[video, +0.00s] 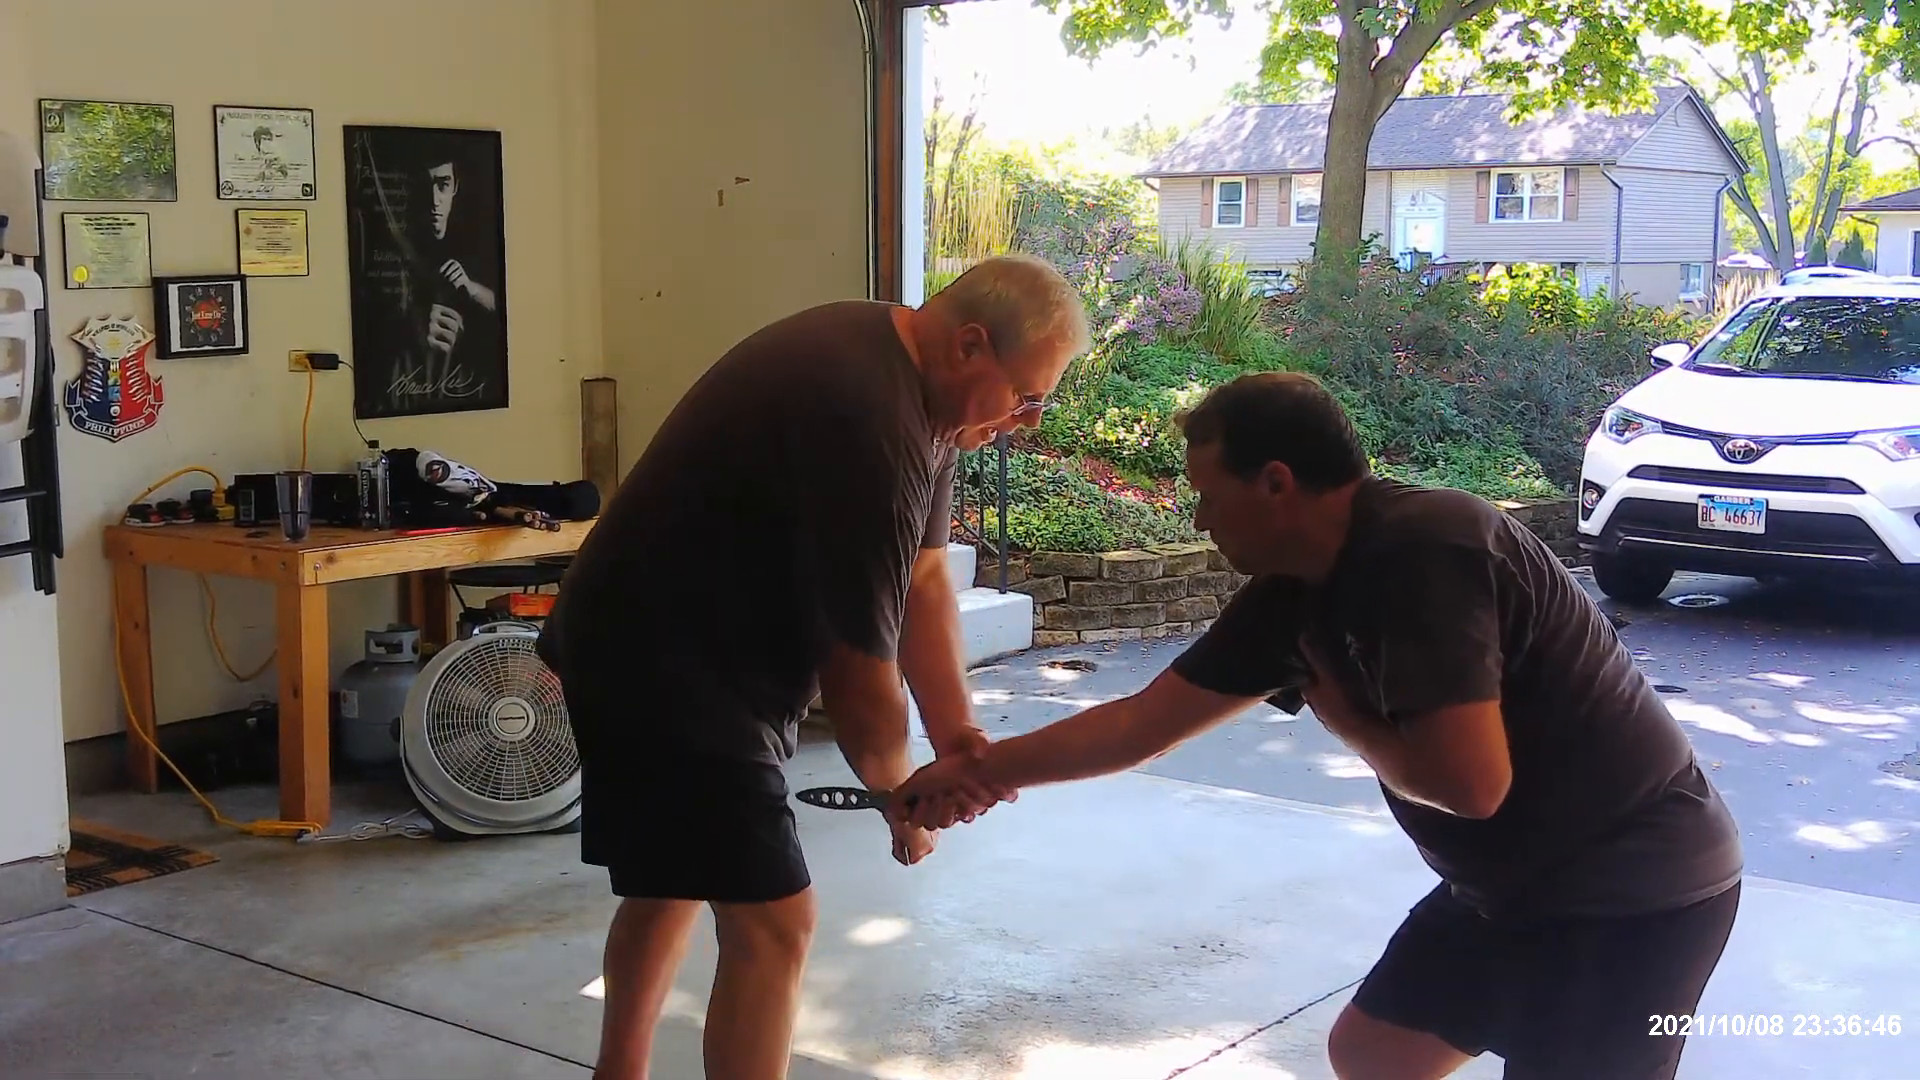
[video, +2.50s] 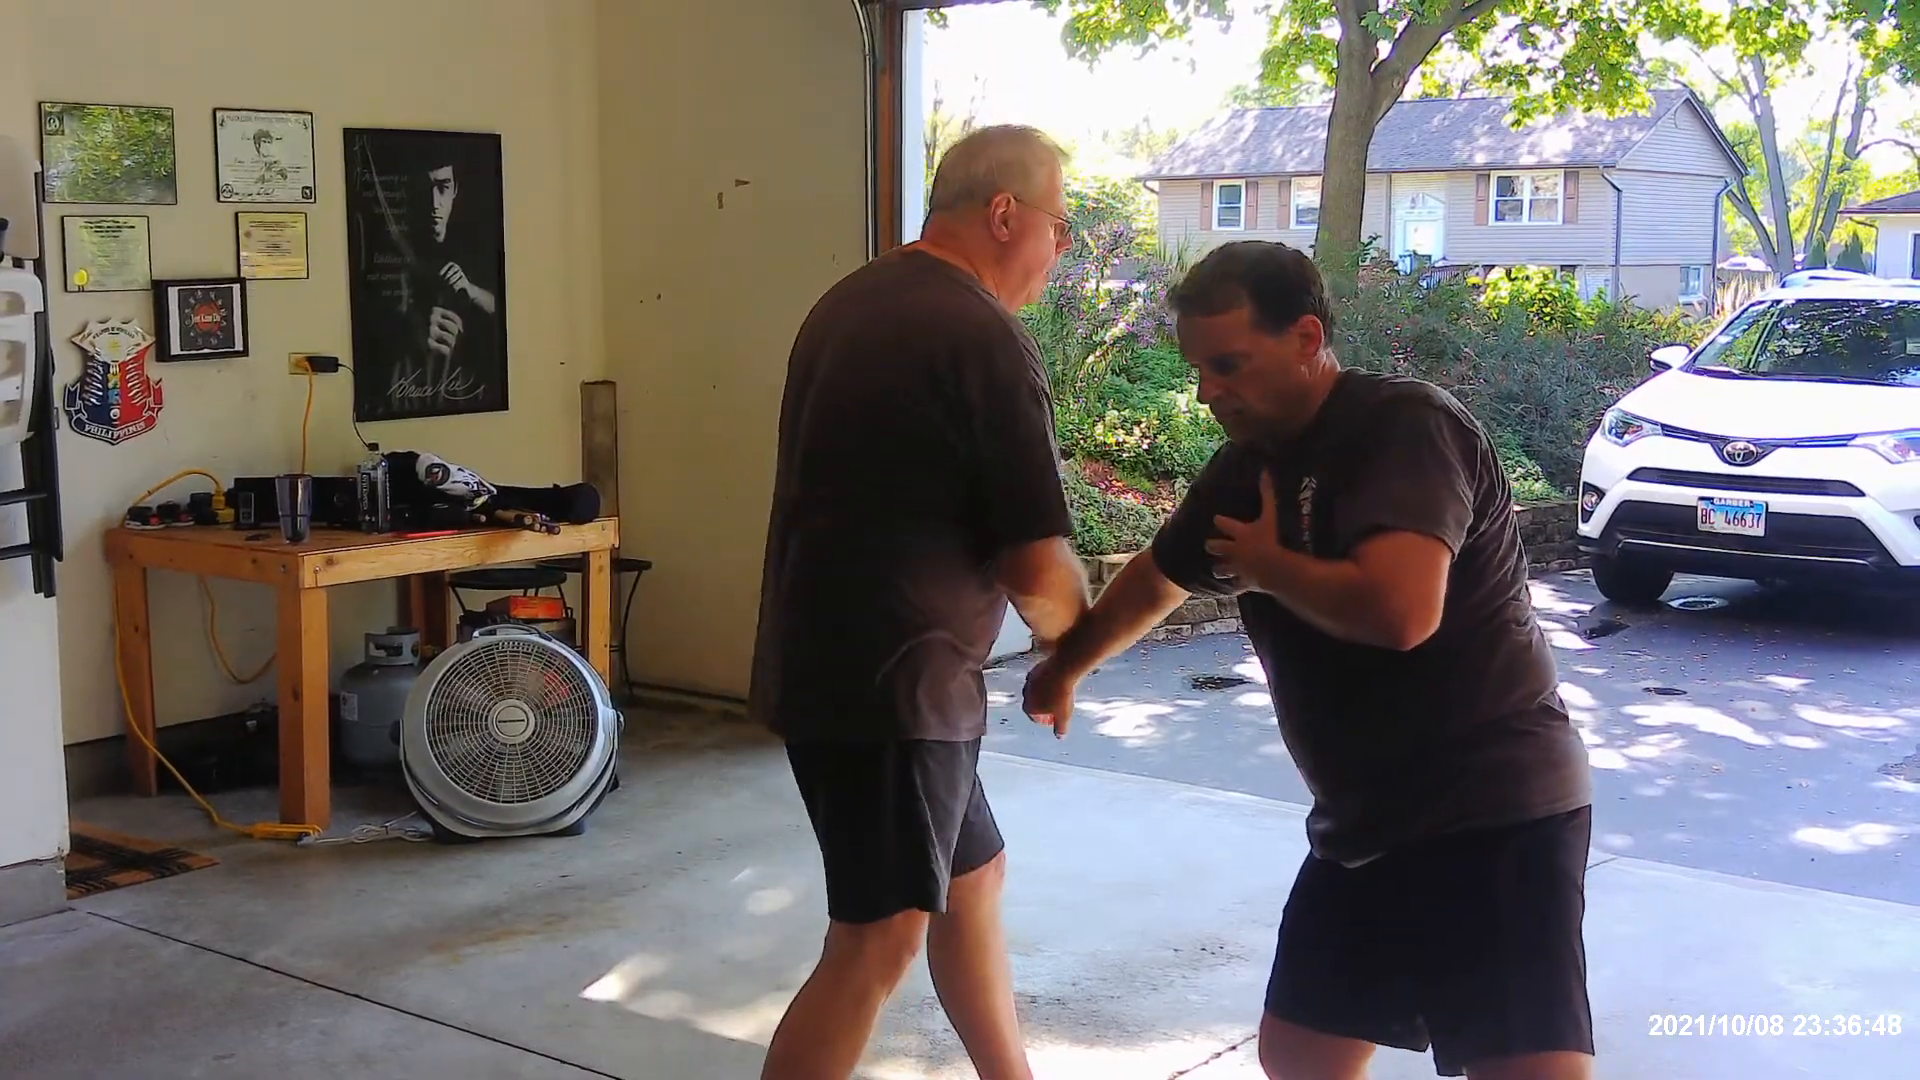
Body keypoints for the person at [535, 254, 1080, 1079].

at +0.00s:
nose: (1018, 420)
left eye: (1032, 404)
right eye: (1022, 397)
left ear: (965, 341)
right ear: (967, 346)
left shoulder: (903, 377)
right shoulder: (874, 419)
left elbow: (925, 577)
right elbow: (857, 672)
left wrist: (959, 740)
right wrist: (902, 795)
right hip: (670, 663)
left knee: (663, 881)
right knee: (773, 924)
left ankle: (618, 1068)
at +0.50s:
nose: (958, 397)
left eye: (968, 381)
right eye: (958, 373)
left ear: (890, 321)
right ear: (896, 325)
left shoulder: (797, 347)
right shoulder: (821, 415)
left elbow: (869, 564)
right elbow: (845, 665)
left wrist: (939, 683)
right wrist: (895, 787)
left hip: (585, 660)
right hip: (652, 687)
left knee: (606, 889)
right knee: (781, 924)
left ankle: (530, 1070)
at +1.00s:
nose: (909, 298)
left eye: (913, 277)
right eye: (899, 273)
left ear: (823, 251)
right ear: (830, 253)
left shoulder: (712, 309)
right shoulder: (778, 352)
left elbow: (762, 498)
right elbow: (948, 505)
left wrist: (910, 561)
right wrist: (1135, 584)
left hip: (595, 665)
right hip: (669, 686)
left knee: (610, 886)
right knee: (793, 924)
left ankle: (528, 1072)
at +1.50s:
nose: (895, 233)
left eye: (894, 211)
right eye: (877, 211)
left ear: (802, 212)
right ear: (799, 208)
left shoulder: (783, 315)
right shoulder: (747, 331)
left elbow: (758, 524)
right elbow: (763, 551)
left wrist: (847, 604)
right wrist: (943, 579)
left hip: (730, 679)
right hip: (714, 691)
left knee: (716, 914)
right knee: (808, 938)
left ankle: (587, 1062)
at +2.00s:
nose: (938, 210)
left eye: (934, 191)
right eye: (922, 191)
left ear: (849, 207)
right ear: (855, 204)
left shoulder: (796, 307)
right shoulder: (856, 339)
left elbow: (864, 506)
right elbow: (986, 527)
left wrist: (976, 566)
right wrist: (1133, 423)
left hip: (878, 684)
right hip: (840, 708)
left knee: (963, 883)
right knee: (904, 952)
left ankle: (1009, 1073)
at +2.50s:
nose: (1059, 257)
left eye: (1064, 235)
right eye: (1058, 230)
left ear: (959, 209)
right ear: (1005, 213)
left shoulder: (850, 301)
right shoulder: (979, 334)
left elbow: (845, 498)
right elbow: (1039, 570)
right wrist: (1070, 637)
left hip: (813, 654)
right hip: (897, 677)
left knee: (969, 869)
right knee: (879, 936)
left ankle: (1010, 1072)